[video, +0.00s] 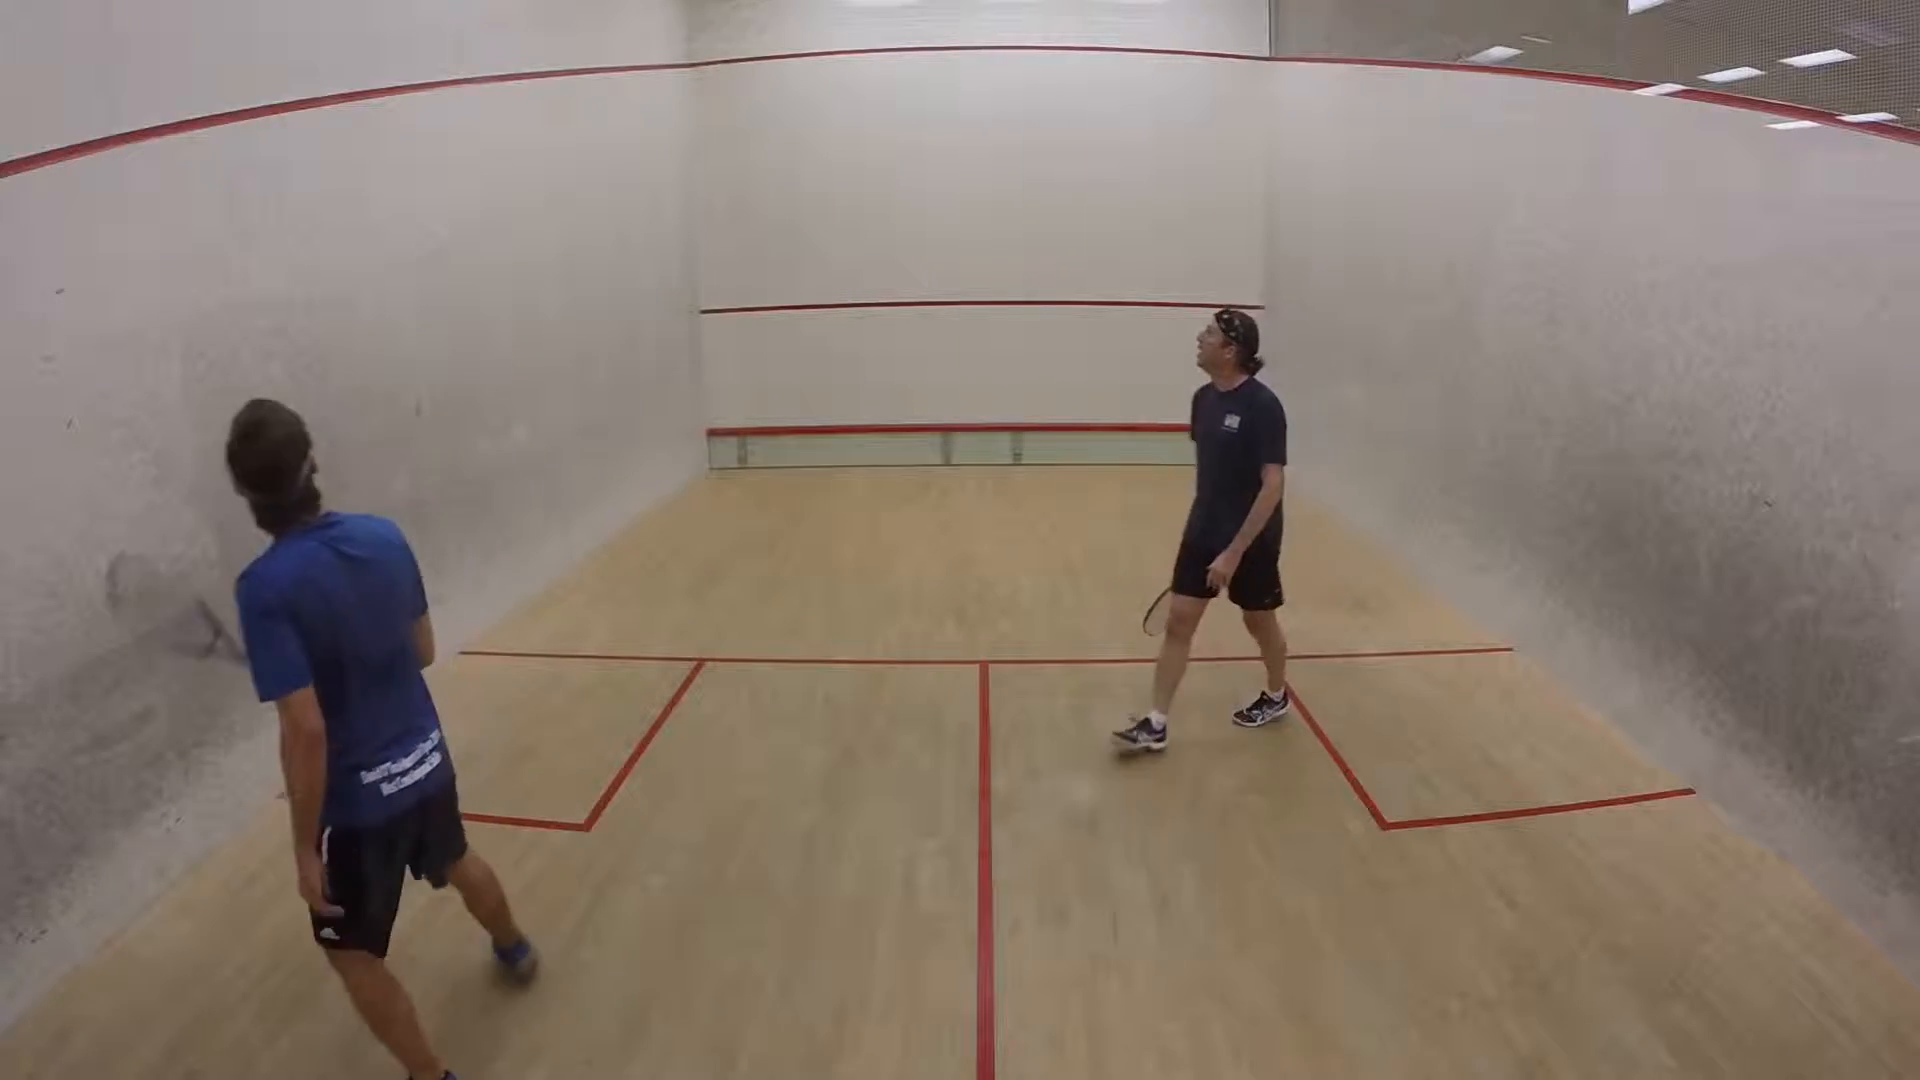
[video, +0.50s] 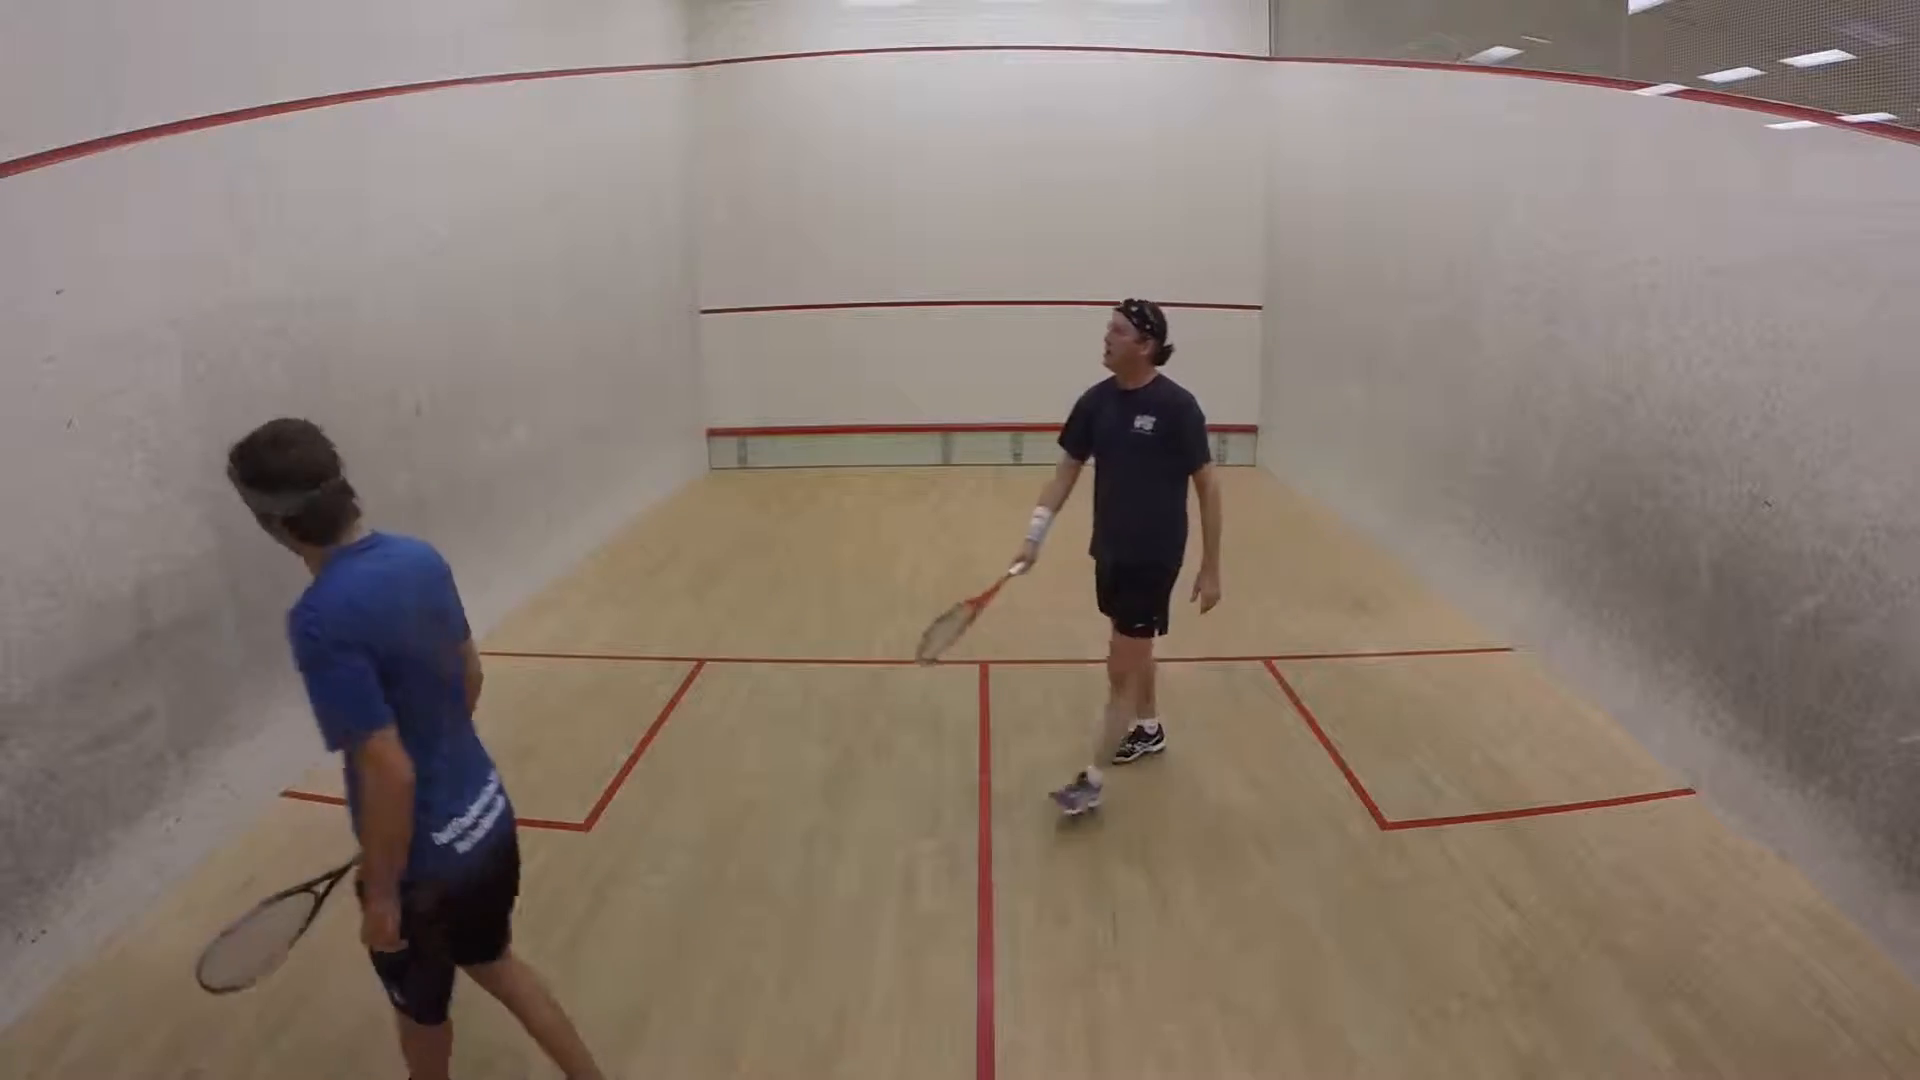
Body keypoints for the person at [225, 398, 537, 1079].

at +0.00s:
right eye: (303, 450)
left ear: (240, 485)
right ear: (312, 463)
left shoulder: (266, 587)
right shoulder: (380, 537)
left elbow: (306, 728)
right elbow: (422, 649)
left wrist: (307, 849)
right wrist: (343, 650)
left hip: (361, 807)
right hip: (429, 768)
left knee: (348, 947)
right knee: (456, 860)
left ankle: (429, 1072)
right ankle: (515, 949)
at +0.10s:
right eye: (284, 449)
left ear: (217, 489)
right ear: (292, 463)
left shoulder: (242, 592)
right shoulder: (368, 537)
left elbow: (286, 741)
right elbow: (423, 656)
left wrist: (289, 865)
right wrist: (354, 684)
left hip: (352, 815)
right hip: (426, 774)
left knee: (356, 954)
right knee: (451, 871)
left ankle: (429, 1071)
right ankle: (498, 969)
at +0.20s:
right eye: (281, 449)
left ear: (210, 491)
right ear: (288, 464)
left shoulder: (233, 597)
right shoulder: (368, 537)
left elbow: (273, 751)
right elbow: (433, 653)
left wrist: (284, 871)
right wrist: (384, 712)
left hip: (350, 823)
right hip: (427, 780)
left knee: (368, 966)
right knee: (451, 881)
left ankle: (429, 1072)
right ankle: (503, 992)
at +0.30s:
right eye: (294, 449)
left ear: (219, 493)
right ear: (297, 463)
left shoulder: (243, 601)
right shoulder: (379, 542)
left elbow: (287, 761)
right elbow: (445, 652)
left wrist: (298, 877)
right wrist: (399, 714)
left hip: (358, 833)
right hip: (435, 789)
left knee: (385, 981)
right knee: (458, 908)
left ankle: (431, 1075)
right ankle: (530, 1023)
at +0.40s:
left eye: (233, 482)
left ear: (244, 505)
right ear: (319, 470)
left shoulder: (273, 611)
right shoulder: (398, 549)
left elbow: (329, 772)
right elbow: (457, 664)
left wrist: (330, 887)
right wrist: (405, 731)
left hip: (383, 845)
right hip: (455, 801)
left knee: (401, 989)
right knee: (459, 926)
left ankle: (432, 1075)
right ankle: (562, 1044)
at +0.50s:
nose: (260, 523)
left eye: (258, 512)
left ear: (274, 524)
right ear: (342, 480)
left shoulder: (323, 619)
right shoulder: (417, 557)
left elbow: (388, 771)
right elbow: (467, 677)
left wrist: (381, 894)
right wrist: (420, 761)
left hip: (423, 867)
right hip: (491, 825)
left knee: (423, 1022)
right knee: (491, 957)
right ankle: (587, 1071)